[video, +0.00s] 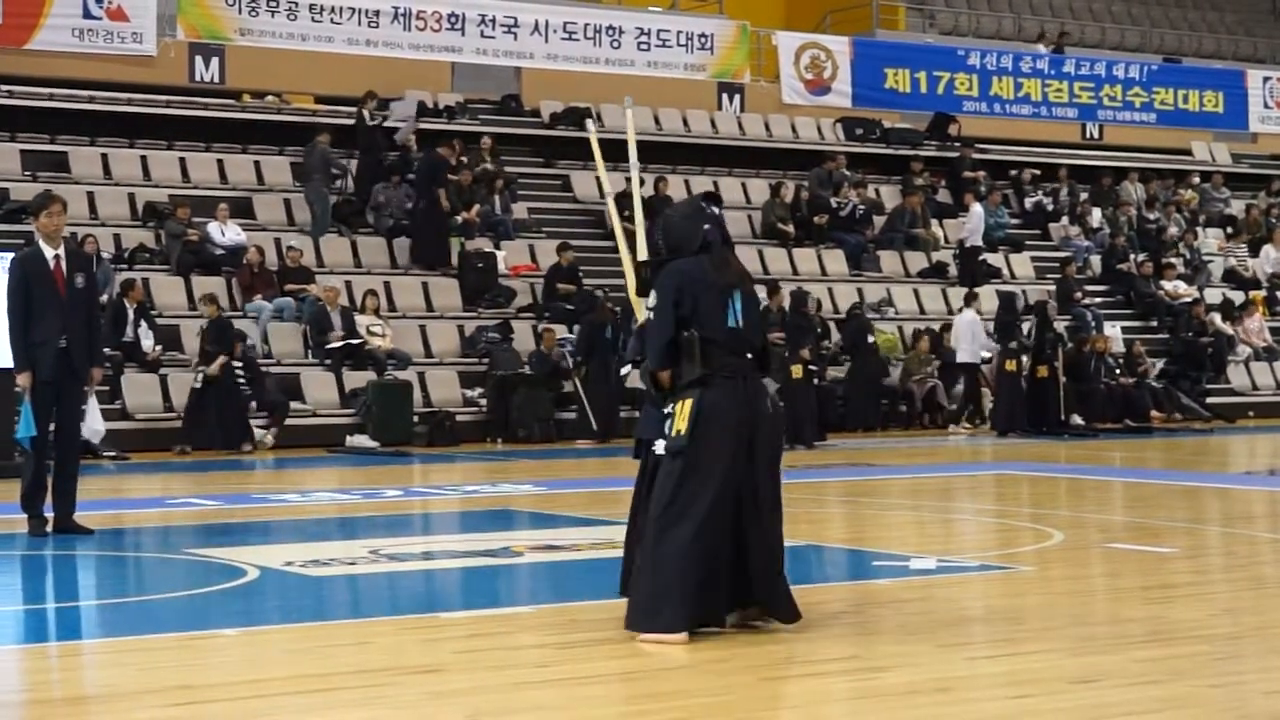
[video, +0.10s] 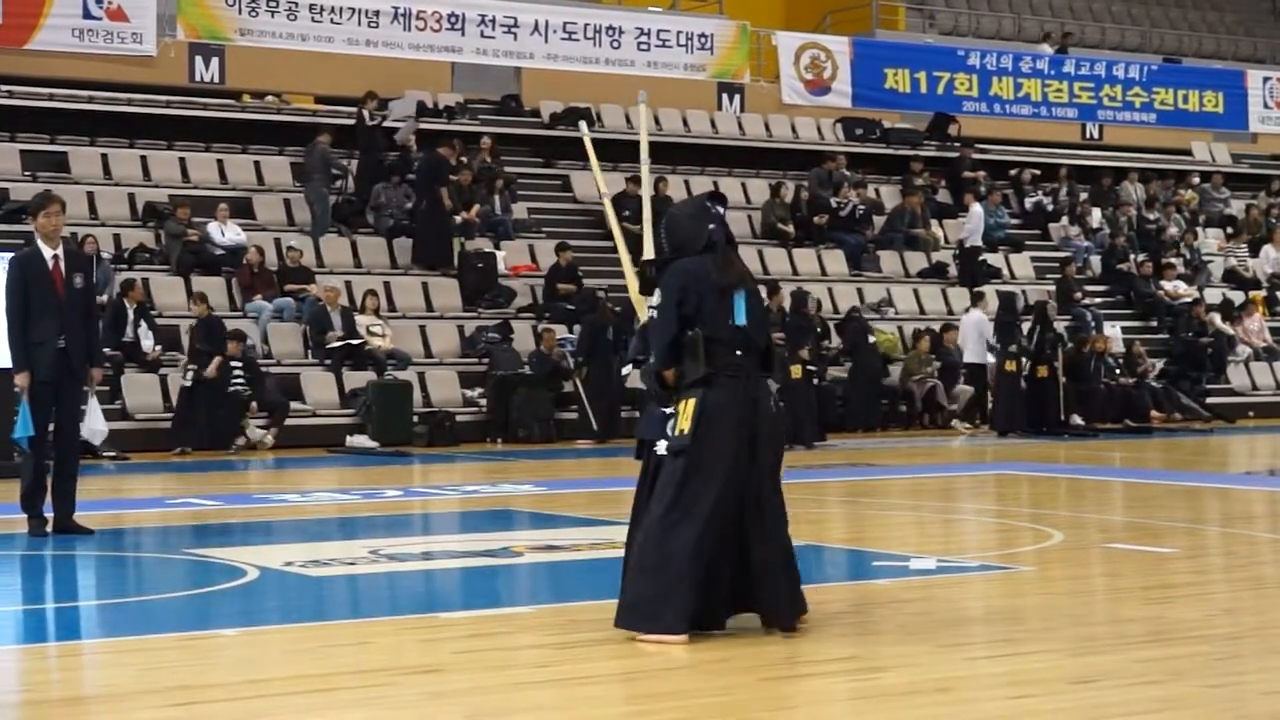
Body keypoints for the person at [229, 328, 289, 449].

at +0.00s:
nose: (237, 348)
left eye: (239, 345)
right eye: (234, 345)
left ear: (243, 345)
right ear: (229, 345)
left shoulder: (249, 361)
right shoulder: (223, 363)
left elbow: (258, 380)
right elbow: (225, 386)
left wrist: (256, 399)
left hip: (252, 395)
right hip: (235, 398)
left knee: (282, 403)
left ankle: (271, 434)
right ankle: (247, 437)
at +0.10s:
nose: (227, 347)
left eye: (230, 343)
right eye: (227, 343)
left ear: (239, 345)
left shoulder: (249, 361)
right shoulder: (223, 362)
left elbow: (258, 382)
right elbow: (220, 384)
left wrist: (255, 399)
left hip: (250, 396)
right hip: (232, 397)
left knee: (281, 404)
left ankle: (270, 435)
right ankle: (248, 432)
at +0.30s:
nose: (227, 346)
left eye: (231, 343)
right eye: (227, 343)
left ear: (241, 345)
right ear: (225, 343)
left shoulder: (249, 361)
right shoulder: (221, 361)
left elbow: (258, 382)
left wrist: (255, 399)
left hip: (249, 395)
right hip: (229, 395)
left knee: (282, 404)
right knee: (237, 402)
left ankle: (270, 436)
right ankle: (248, 429)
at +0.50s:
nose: (240, 348)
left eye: (241, 344)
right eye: (236, 344)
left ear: (243, 345)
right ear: (228, 345)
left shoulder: (250, 361)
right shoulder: (220, 363)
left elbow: (258, 382)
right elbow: (215, 388)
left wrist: (254, 399)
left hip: (250, 397)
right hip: (229, 398)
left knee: (282, 404)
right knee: (236, 399)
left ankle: (270, 436)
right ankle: (249, 429)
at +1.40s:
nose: (255, 349)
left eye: (255, 346)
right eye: (252, 346)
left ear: (246, 347)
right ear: (243, 346)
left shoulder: (255, 362)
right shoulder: (225, 362)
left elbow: (262, 384)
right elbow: (222, 387)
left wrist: (254, 399)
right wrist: (238, 397)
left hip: (254, 395)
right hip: (234, 395)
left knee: (283, 404)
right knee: (234, 402)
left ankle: (271, 435)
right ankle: (250, 428)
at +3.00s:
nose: (262, 350)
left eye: (262, 347)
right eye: (259, 348)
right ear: (249, 349)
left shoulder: (260, 362)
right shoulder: (231, 362)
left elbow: (265, 386)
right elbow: (225, 388)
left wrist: (254, 400)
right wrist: (239, 399)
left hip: (256, 396)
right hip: (236, 396)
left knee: (283, 403)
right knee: (225, 403)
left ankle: (268, 435)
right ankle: (247, 431)